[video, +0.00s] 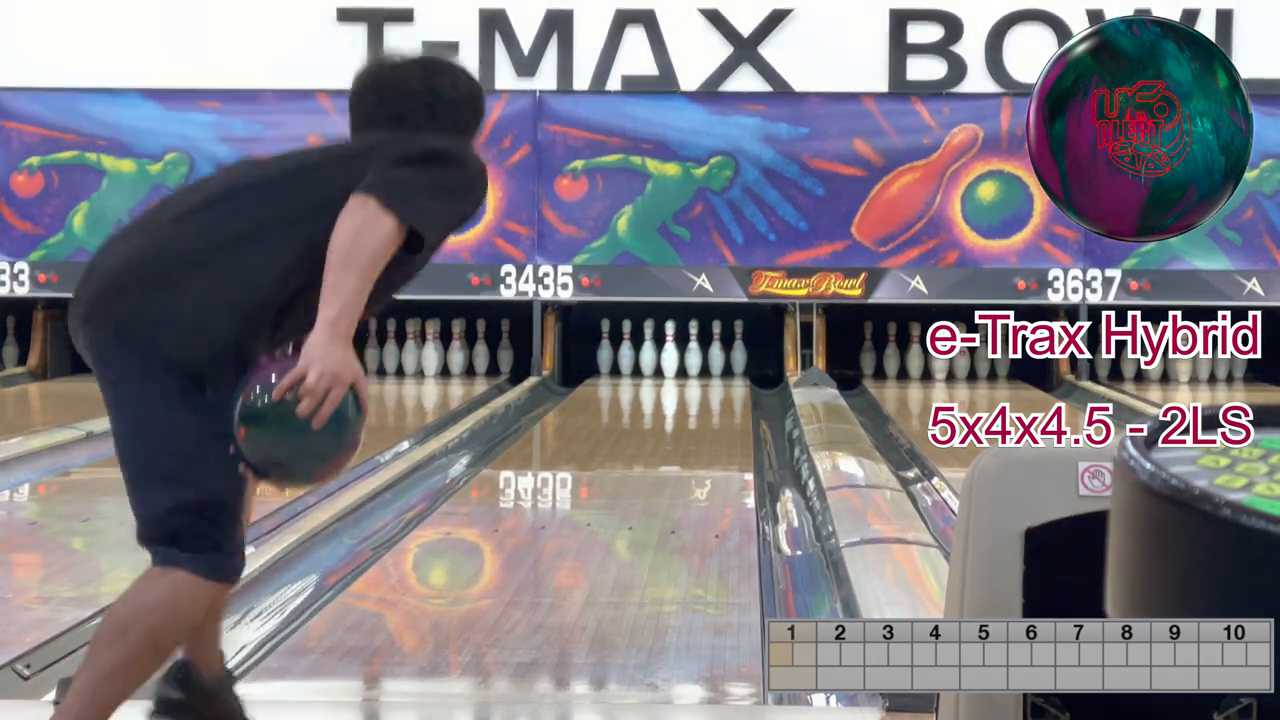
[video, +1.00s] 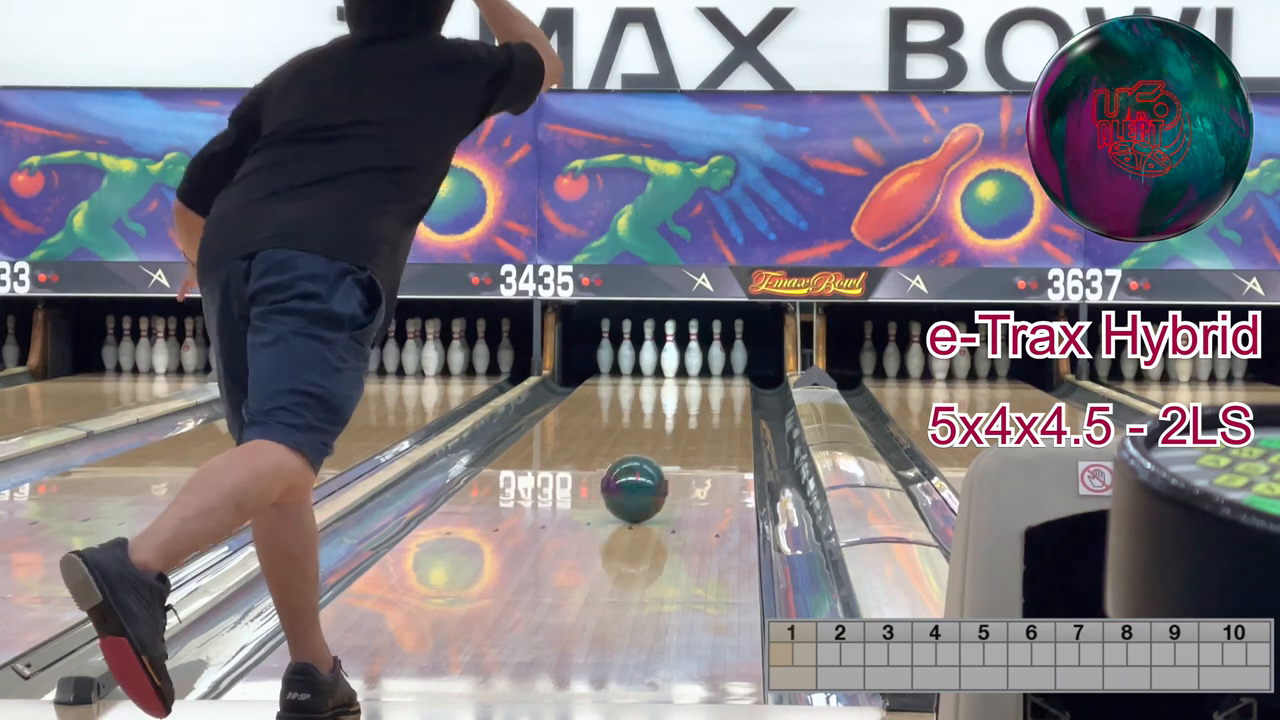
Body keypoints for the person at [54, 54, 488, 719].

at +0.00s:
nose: (479, 141)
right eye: (477, 126)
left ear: (375, 116)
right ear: (461, 123)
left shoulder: (346, 166)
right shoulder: (445, 163)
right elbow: (379, 209)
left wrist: (260, 417)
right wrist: (333, 335)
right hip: (156, 315)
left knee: (223, 485)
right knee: (200, 559)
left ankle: (203, 679)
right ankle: (73, 712)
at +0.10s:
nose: (486, 216)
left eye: (485, 204)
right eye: (485, 203)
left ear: (377, 188)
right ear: (470, 198)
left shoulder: (337, 226)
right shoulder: (456, 227)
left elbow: (255, 327)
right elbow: (383, 284)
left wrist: (277, 441)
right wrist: (340, 410)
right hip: (181, 364)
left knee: (252, 508)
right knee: (180, 589)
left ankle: (274, 678)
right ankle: (69, 711)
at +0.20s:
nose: (485, 232)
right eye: (485, 222)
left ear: (378, 209)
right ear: (470, 223)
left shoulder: (339, 253)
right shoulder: (467, 271)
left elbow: (295, 434)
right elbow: (406, 378)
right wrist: (384, 512)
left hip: (149, 340)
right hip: (222, 359)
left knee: (262, 466)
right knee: (154, 535)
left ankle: (287, 671)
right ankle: (54, 700)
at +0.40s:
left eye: (327, 188)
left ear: (338, 197)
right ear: (441, 216)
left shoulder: (311, 221)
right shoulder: (458, 272)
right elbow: (479, 382)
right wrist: (446, 324)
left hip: (205, 293)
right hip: (290, 323)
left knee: (270, 468)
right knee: (153, 453)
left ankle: (297, 668)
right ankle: (4, 425)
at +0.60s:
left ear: (361, 115)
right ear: (448, 121)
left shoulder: (303, 157)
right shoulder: (460, 162)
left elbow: (181, 272)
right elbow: (528, 158)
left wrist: (180, 343)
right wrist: (474, 76)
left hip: (219, 271)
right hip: (311, 276)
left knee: (285, 465)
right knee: (225, 436)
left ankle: (311, 668)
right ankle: (51, 372)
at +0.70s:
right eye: (456, 73)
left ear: (366, 75)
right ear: (451, 81)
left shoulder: (310, 125)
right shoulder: (458, 127)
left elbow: (200, 244)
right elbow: (546, 131)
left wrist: (200, 314)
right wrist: (487, 69)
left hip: (219, 267)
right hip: (313, 264)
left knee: (286, 472)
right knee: (273, 444)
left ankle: (314, 672)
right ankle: (101, 454)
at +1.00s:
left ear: (353, 14)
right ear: (433, 17)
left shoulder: (293, 74)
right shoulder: (453, 62)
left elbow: (195, 199)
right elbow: (542, 62)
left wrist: (203, 269)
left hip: (227, 251)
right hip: (324, 247)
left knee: (280, 464)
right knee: (286, 446)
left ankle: (313, 671)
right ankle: (137, 566)